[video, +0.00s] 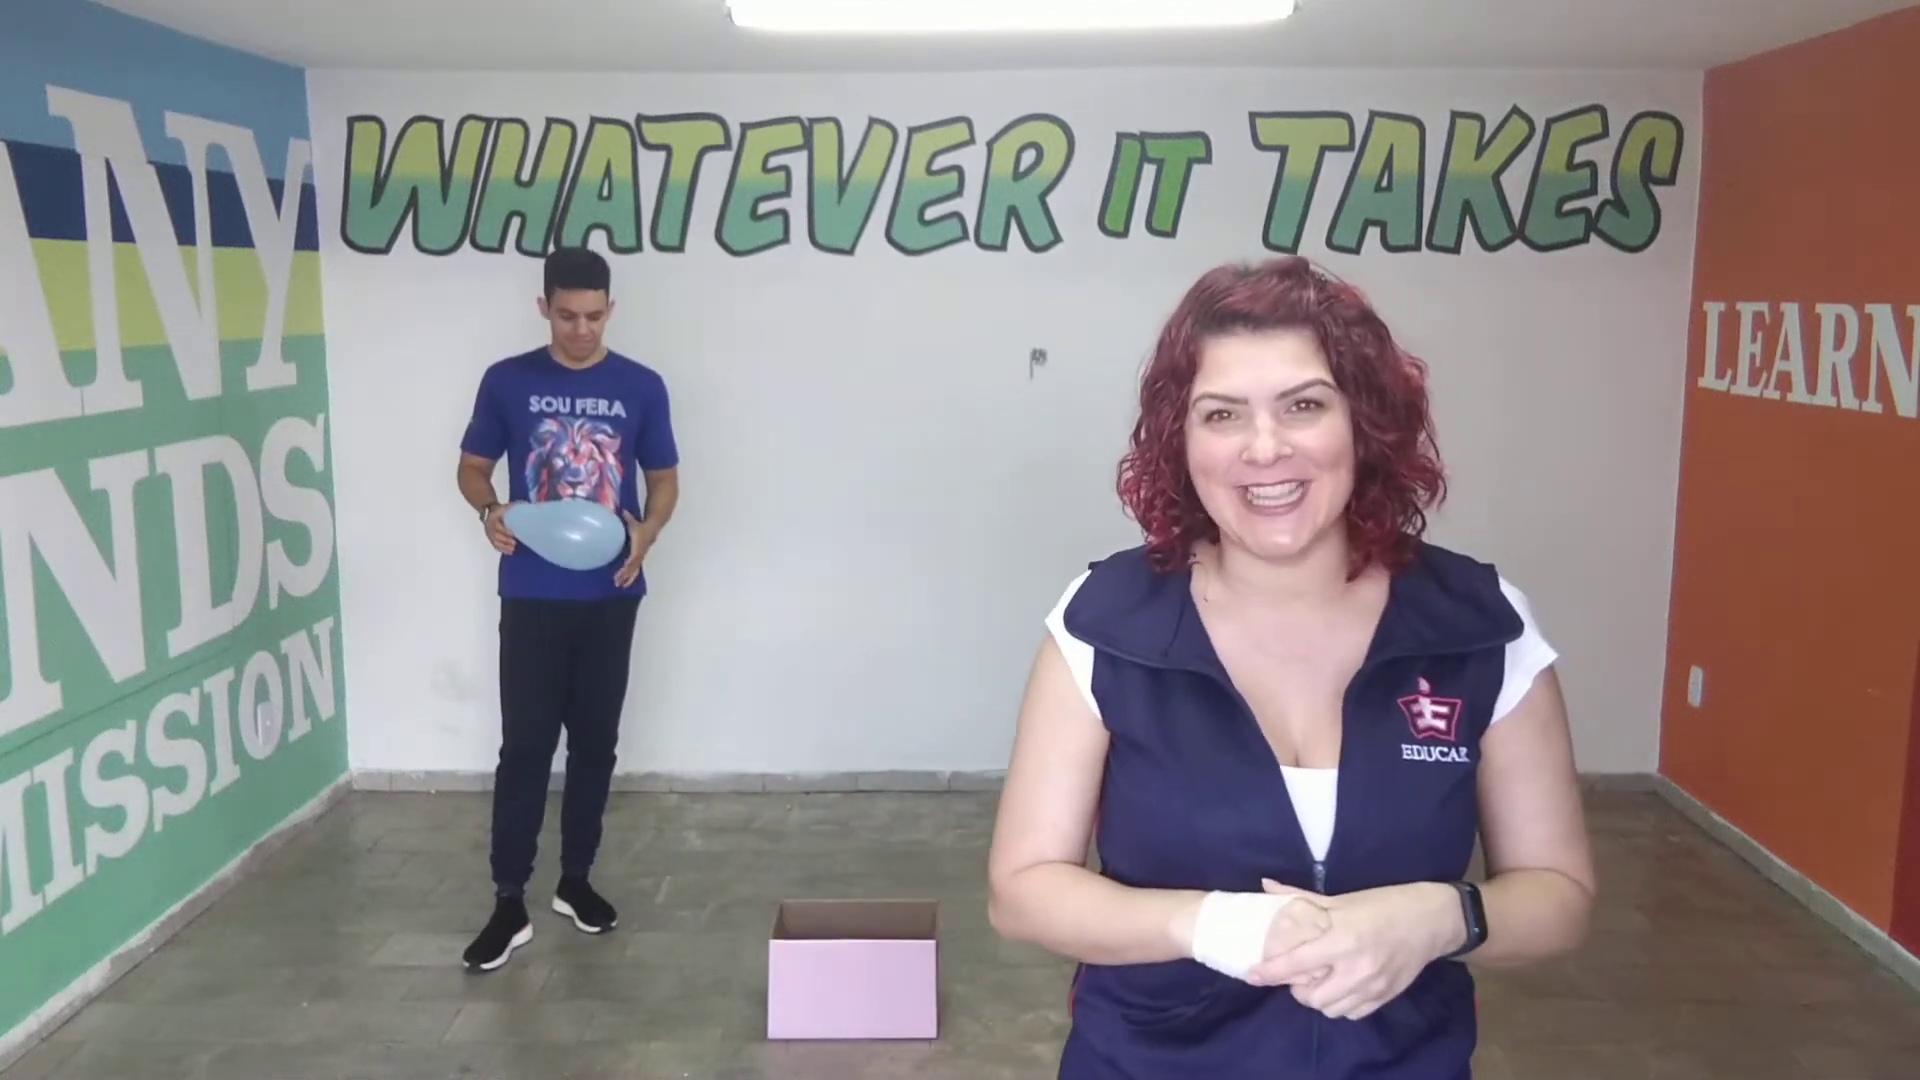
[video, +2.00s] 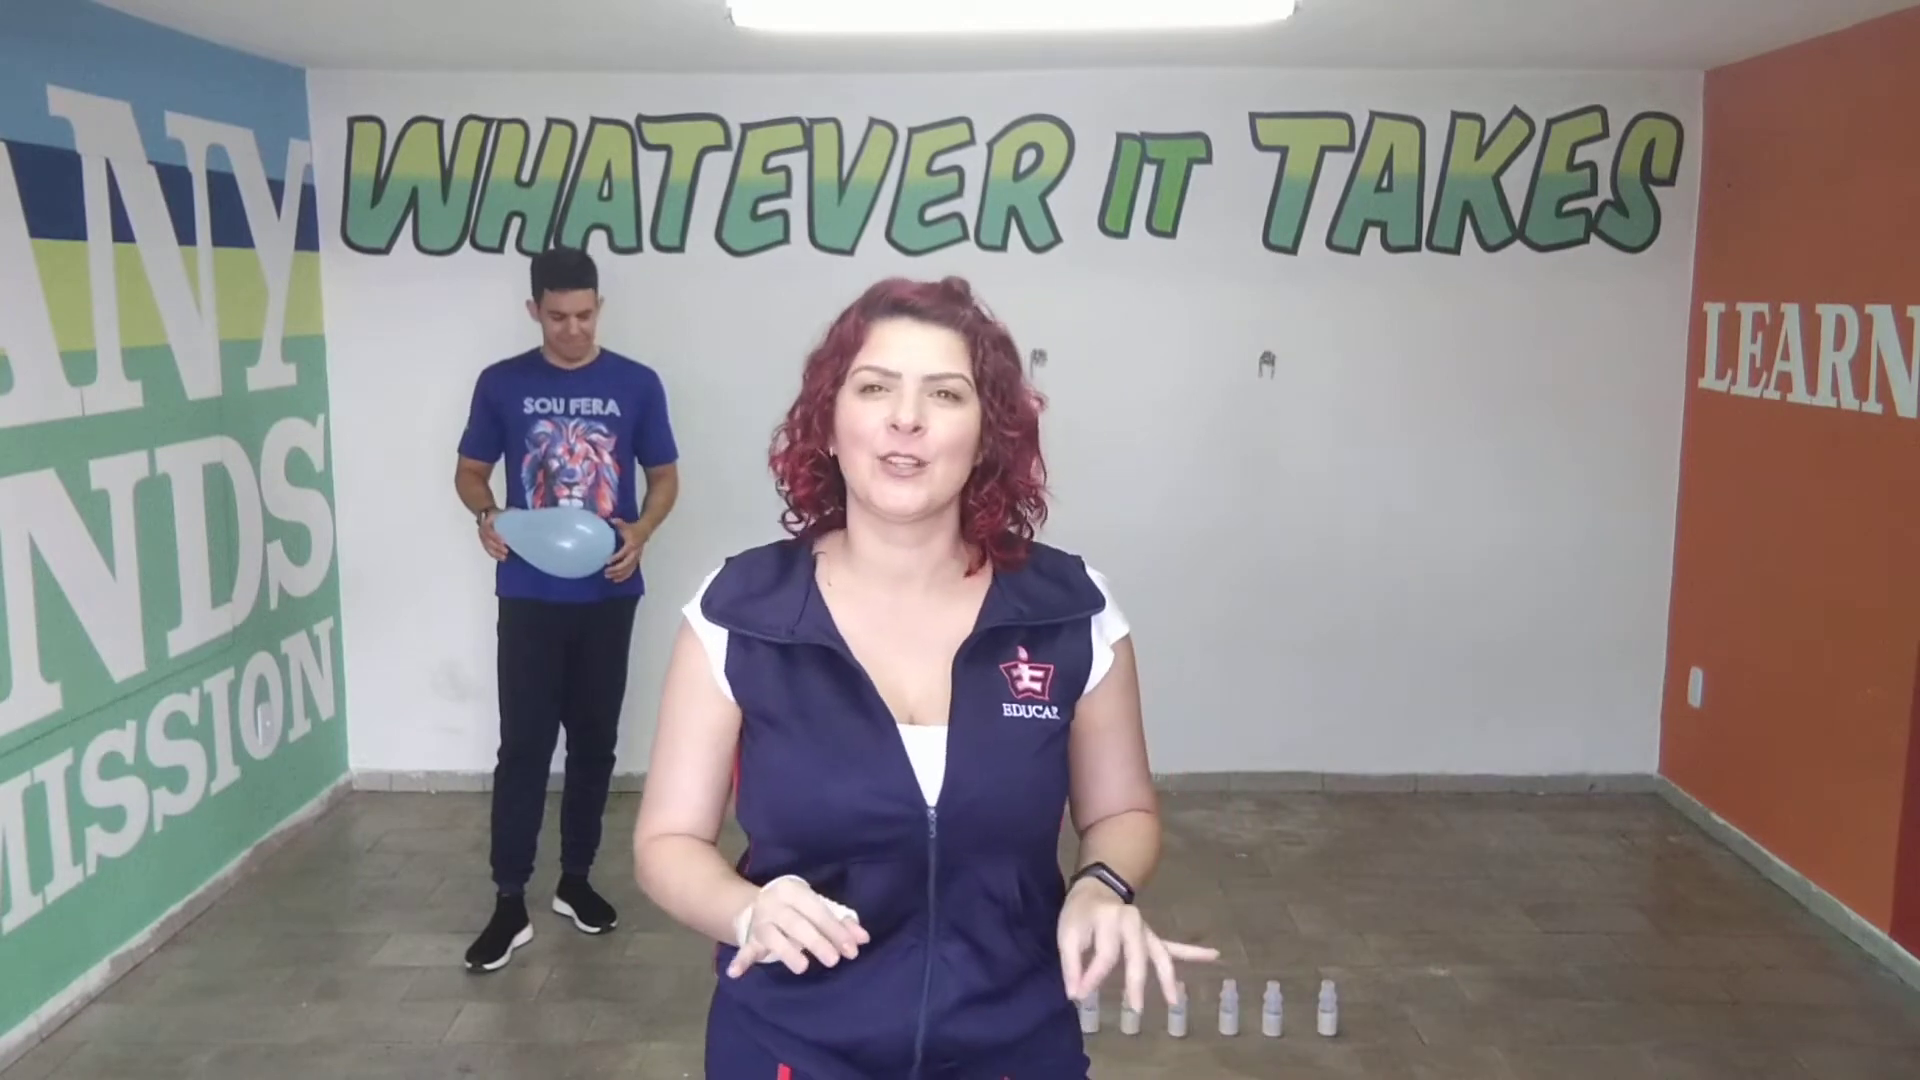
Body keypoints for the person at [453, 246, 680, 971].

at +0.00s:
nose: (581, 327)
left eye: (594, 314)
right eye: (569, 314)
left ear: (610, 313)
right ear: (546, 309)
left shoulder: (642, 389)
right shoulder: (508, 383)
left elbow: (665, 483)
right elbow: (472, 468)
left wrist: (647, 528)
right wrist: (490, 509)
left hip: (609, 598)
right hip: (532, 597)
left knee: (594, 745)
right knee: (526, 747)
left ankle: (574, 882)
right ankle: (510, 901)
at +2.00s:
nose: (574, 327)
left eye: (585, 314)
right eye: (560, 315)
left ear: (600, 310)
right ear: (537, 312)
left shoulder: (637, 387)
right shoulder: (502, 385)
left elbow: (666, 480)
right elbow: (470, 475)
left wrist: (642, 531)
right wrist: (489, 515)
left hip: (607, 599)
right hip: (530, 599)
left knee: (594, 746)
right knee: (524, 749)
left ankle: (575, 882)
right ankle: (509, 902)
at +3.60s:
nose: (482, 301)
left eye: (495, 289)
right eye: (469, 289)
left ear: (520, 301)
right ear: (453, 302)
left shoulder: (565, 384)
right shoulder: (425, 388)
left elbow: (602, 483)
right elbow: (396, 503)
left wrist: (572, 533)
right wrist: (396, 459)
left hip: (543, 608)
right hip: (460, 610)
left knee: (559, 750)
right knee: (463, 762)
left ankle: (572, 882)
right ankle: (465, 912)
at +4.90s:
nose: (589, 331)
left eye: (599, 319)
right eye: (578, 315)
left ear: (605, 319)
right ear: (538, 304)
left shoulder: (620, 394)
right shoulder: (475, 383)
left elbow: (643, 495)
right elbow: (435, 476)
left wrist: (616, 553)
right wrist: (466, 531)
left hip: (592, 619)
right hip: (502, 619)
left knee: (604, 770)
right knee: (484, 768)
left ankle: (612, 920)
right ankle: (468, 911)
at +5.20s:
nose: (642, 347)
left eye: (653, 334)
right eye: (633, 330)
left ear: (660, 328)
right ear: (595, 310)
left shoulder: (671, 397)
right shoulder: (529, 375)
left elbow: (696, 499)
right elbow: (484, 464)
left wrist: (660, 565)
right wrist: (501, 533)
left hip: (623, 615)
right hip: (536, 609)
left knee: (618, 770)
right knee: (519, 758)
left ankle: (612, 922)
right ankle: (521, 900)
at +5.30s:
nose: (652, 345)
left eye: (662, 334)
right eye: (643, 329)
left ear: (668, 327)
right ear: (606, 307)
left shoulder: (679, 399)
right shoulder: (538, 374)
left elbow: (705, 500)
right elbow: (496, 462)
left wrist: (673, 560)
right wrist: (511, 533)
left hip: (628, 615)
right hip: (543, 608)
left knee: (622, 765)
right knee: (533, 751)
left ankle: (612, 917)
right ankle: (583, 863)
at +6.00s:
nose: (630, 342)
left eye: (639, 329)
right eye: (616, 331)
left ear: (649, 319)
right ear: (585, 322)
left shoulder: (684, 384)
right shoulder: (554, 394)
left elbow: (726, 475)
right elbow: (536, 484)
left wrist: (693, 540)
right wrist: (551, 541)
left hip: (668, 588)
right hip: (596, 591)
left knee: (660, 734)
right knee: (619, 732)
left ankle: (650, 895)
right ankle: (648, 861)